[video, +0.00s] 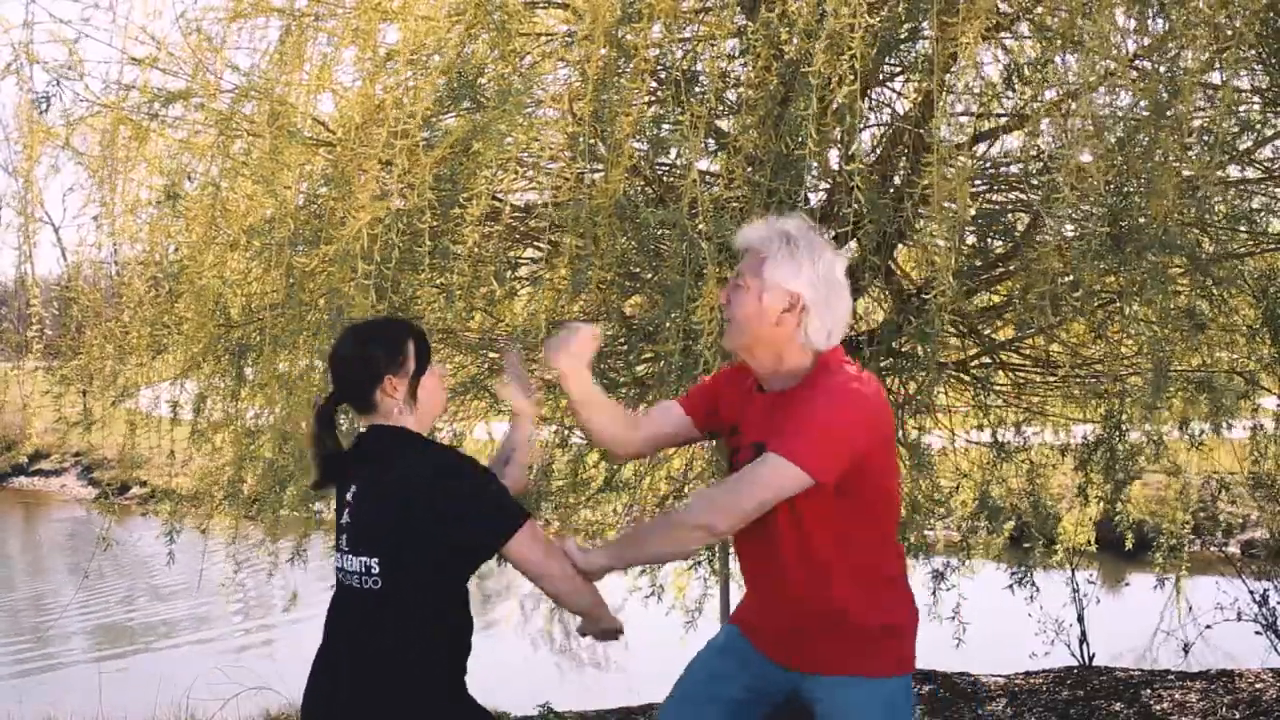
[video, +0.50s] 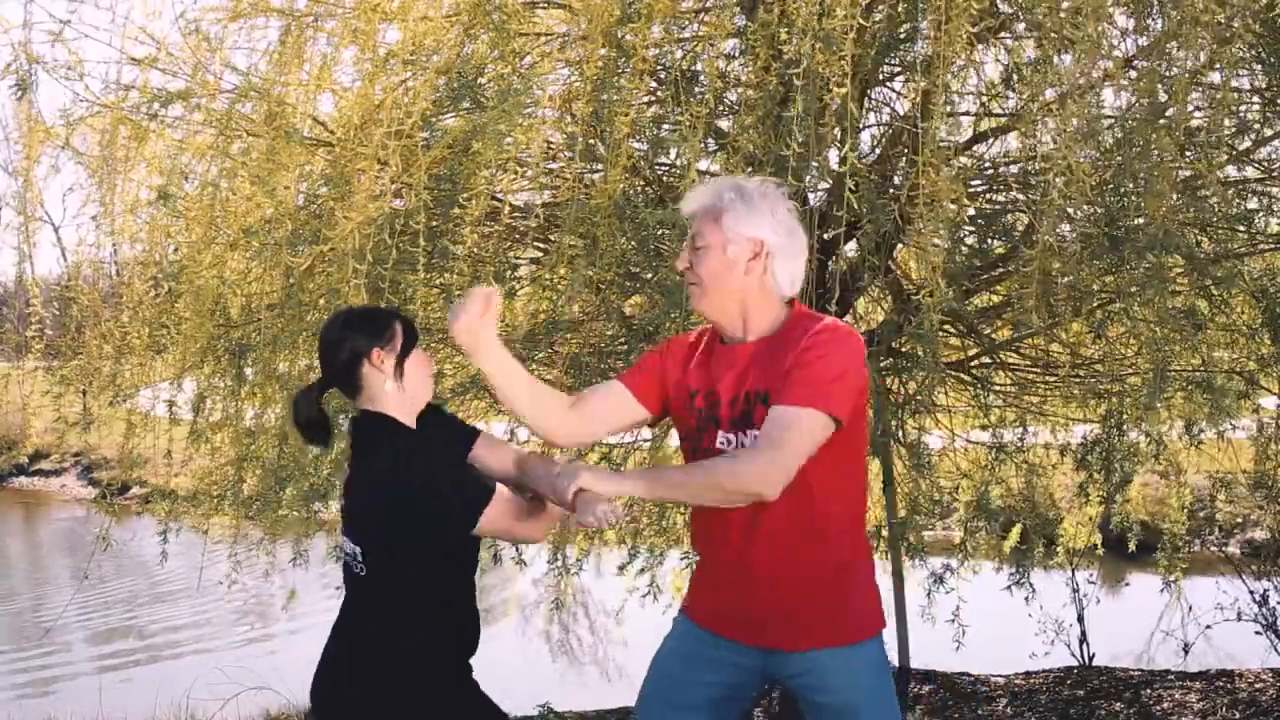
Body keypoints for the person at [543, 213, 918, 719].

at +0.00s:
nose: (722, 297)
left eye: (739, 285)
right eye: (730, 283)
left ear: (791, 306)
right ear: (784, 307)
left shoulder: (846, 398)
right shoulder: (738, 387)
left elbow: (716, 518)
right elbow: (629, 436)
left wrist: (599, 558)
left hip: (859, 663)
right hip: (758, 641)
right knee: (679, 713)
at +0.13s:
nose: (727, 280)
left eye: (745, 267)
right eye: (737, 265)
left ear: (790, 288)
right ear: (784, 289)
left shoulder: (837, 387)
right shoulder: (743, 377)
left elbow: (702, 500)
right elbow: (635, 412)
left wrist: (591, 533)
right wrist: (550, 379)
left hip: (849, 673)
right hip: (748, 644)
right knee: (675, 713)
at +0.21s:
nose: (731, 275)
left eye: (747, 261)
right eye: (740, 260)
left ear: (793, 280)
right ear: (789, 281)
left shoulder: (839, 375)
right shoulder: (742, 369)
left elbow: (695, 475)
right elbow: (644, 402)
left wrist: (590, 510)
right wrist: (559, 391)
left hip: (848, 663)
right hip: (747, 639)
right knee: (672, 713)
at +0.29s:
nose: (727, 272)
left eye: (745, 257)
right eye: (736, 258)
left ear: (793, 275)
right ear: (787, 274)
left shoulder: (836, 362)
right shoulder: (742, 361)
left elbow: (677, 448)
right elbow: (642, 390)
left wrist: (592, 456)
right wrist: (562, 395)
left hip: (845, 660)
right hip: (738, 638)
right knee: (672, 711)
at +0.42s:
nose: (703, 263)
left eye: (719, 248)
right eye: (710, 247)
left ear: (770, 261)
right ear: (766, 262)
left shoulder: (830, 352)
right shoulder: (711, 354)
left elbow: (702, 451)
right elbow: (579, 400)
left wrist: (585, 447)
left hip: (839, 649)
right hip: (721, 637)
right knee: (660, 710)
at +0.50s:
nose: (681, 263)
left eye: (697, 246)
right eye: (686, 247)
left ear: (753, 256)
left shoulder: (829, 346)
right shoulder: (683, 360)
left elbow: (763, 474)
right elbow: (566, 420)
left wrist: (623, 483)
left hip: (834, 640)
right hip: (712, 632)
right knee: (657, 712)